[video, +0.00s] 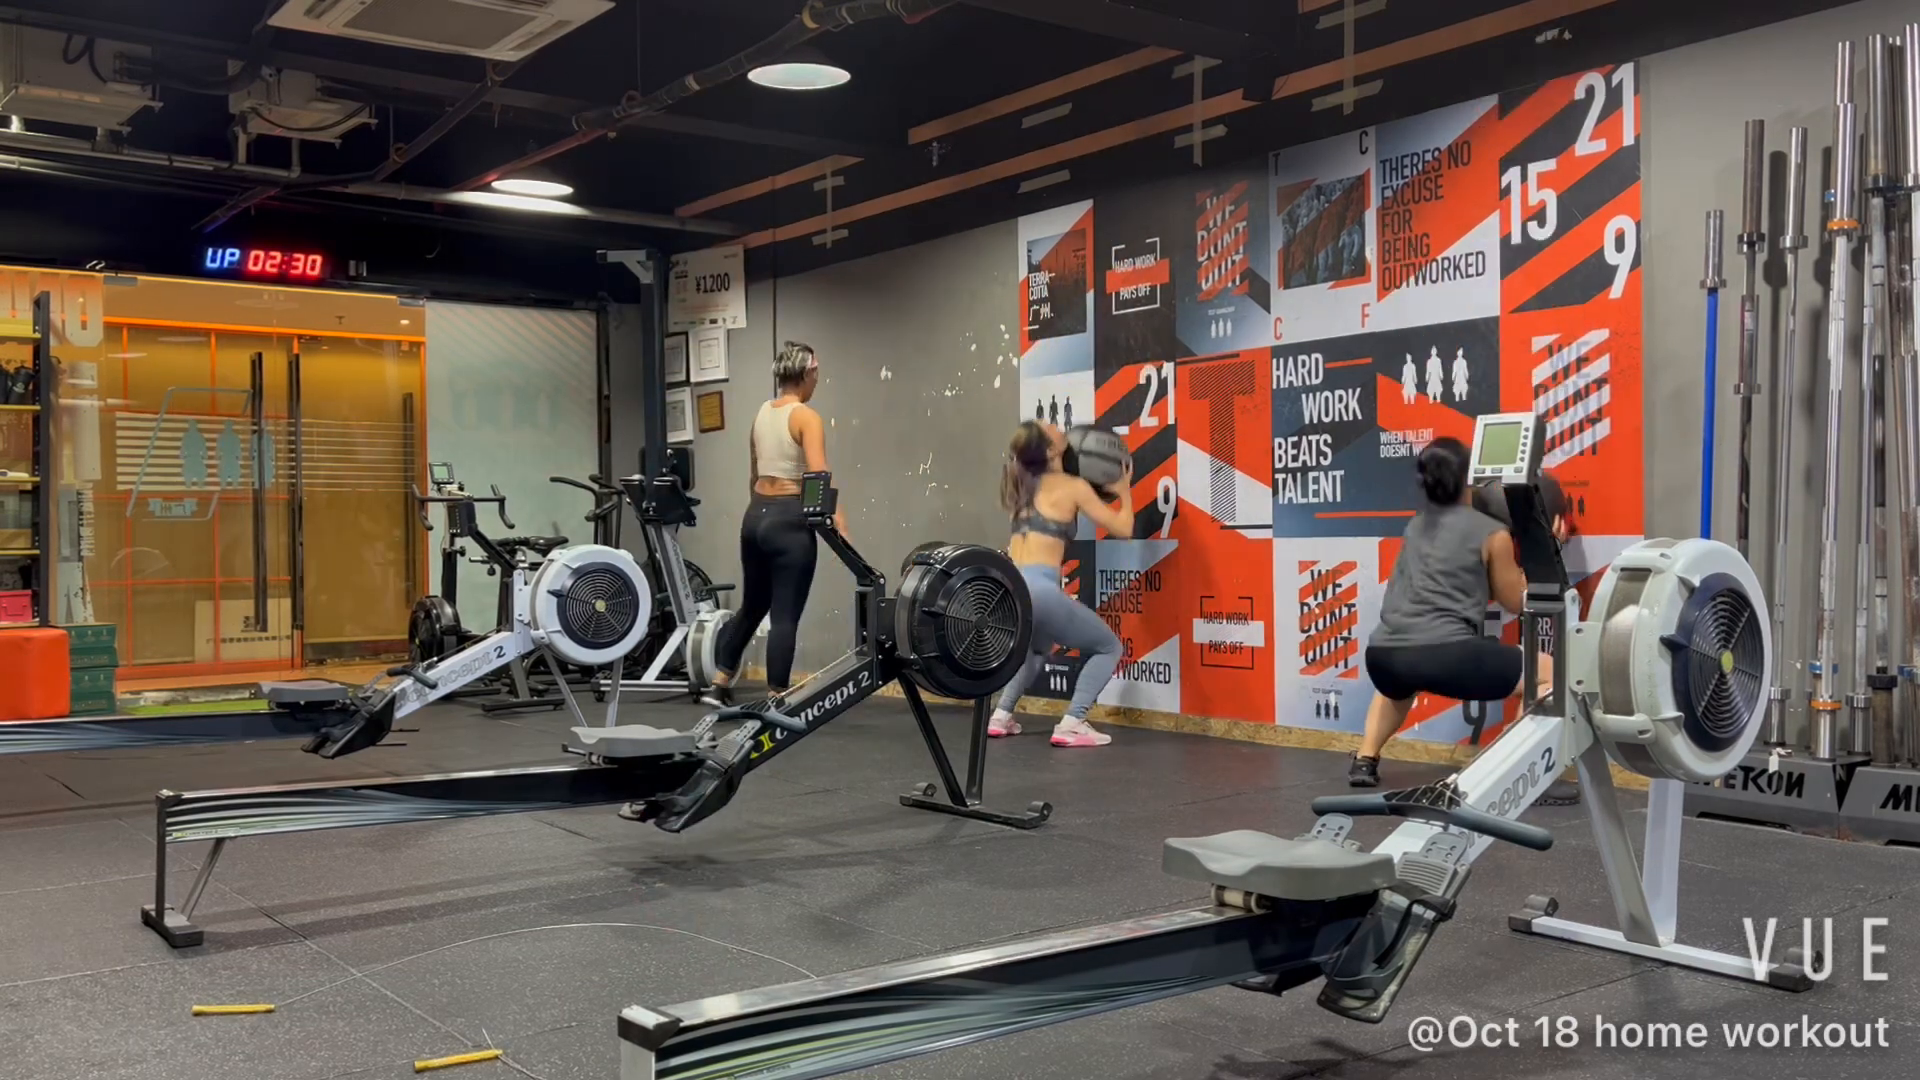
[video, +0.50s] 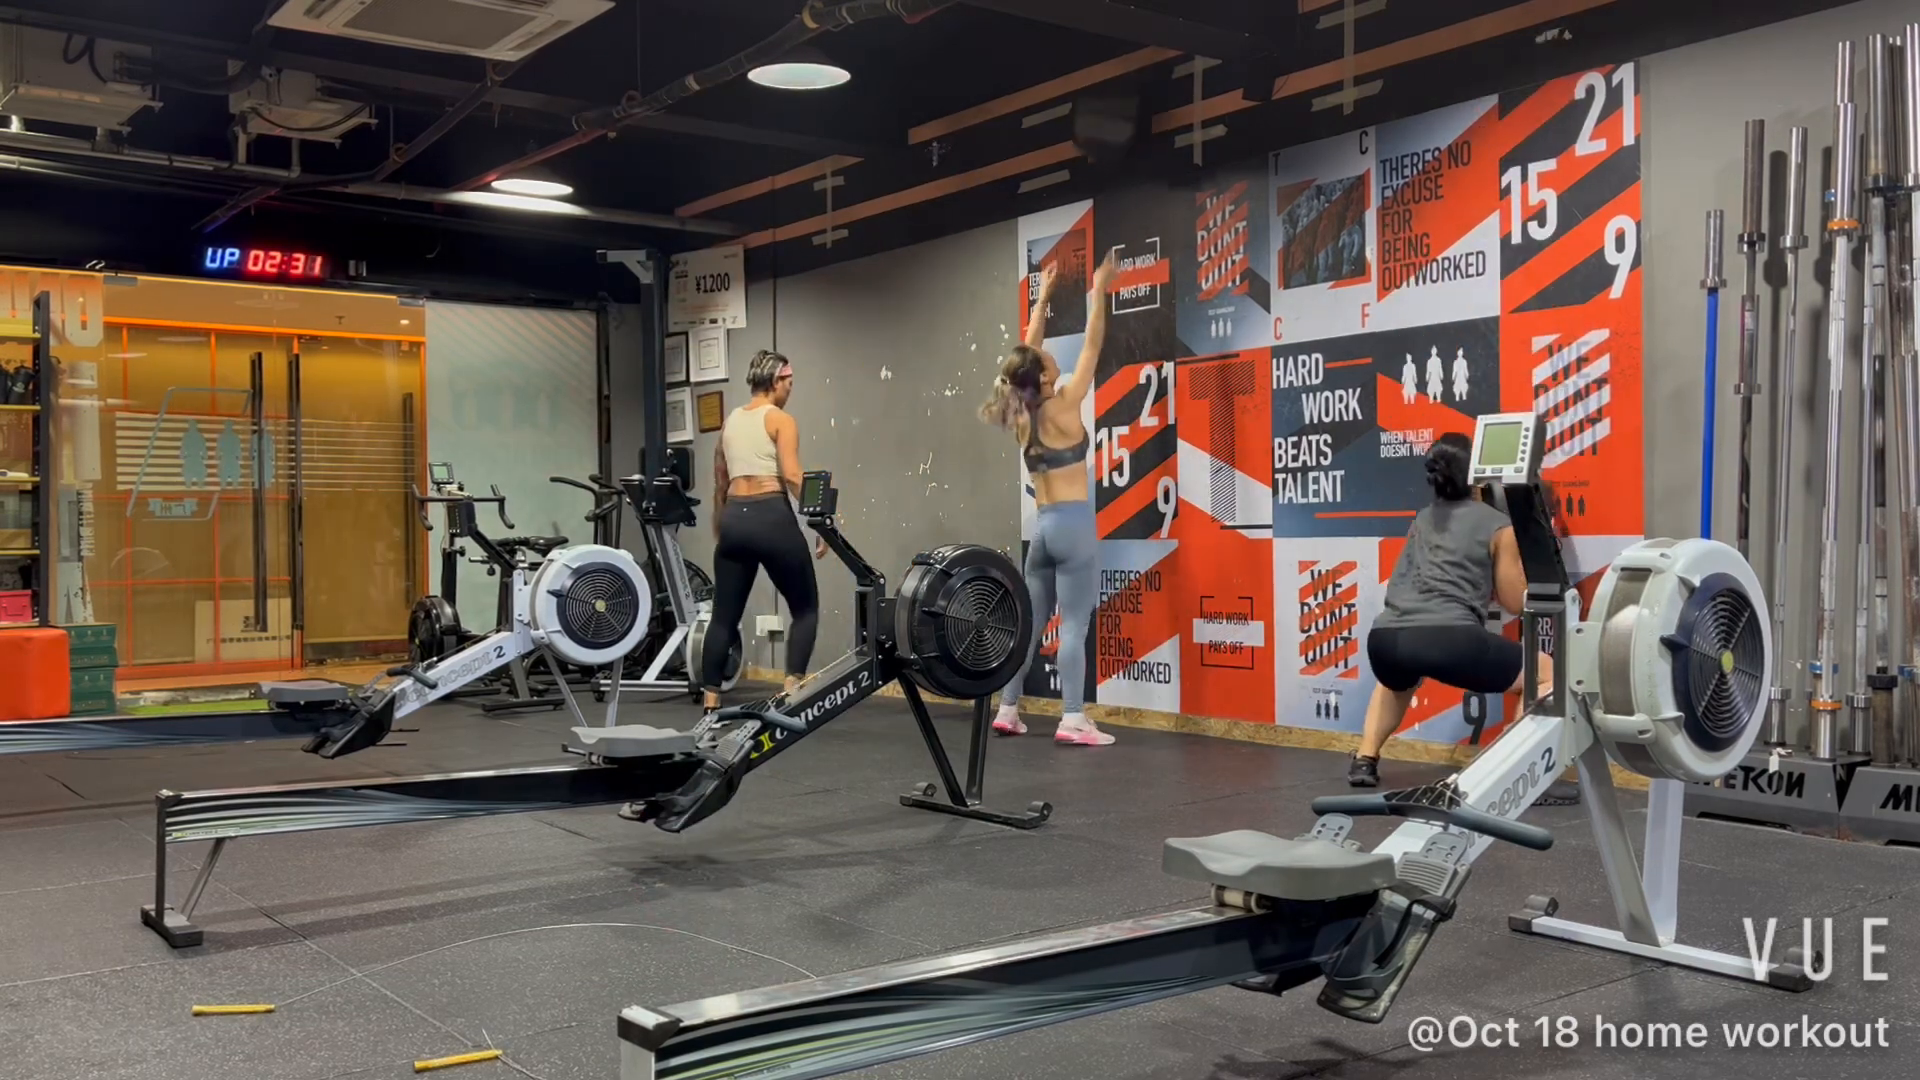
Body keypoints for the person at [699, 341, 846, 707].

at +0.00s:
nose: (817, 379)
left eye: (816, 372)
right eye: (815, 373)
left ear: (782, 375)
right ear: (807, 375)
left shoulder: (762, 415)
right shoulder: (806, 417)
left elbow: (755, 476)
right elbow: (819, 476)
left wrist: (763, 507)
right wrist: (838, 520)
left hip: (757, 513)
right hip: (790, 516)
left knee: (753, 606)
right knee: (785, 616)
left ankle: (720, 685)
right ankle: (777, 698)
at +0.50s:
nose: (790, 387)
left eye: (790, 380)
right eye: (788, 380)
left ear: (754, 382)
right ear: (775, 381)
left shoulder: (731, 423)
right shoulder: (781, 420)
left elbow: (722, 482)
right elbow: (792, 476)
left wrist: (721, 528)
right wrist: (823, 520)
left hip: (733, 517)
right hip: (773, 517)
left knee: (723, 618)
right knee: (805, 609)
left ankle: (710, 705)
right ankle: (792, 688)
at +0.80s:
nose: (834, 404)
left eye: (835, 396)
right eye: (832, 396)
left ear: (798, 396)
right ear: (818, 396)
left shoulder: (768, 425)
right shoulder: (821, 432)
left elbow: (730, 473)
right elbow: (834, 490)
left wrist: (705, 518)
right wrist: (858, 546)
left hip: (751, 523)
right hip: (794, 526)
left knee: (732, 618)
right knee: (821, 618)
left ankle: (710, 705)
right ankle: (849, 703)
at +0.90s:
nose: (864, 419)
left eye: (864, 412)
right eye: (862, 412)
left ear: (829, 409)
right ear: (850, 410)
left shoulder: (794, 434)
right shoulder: (845, 443)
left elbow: (751, 474)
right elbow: (858, 502)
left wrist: (724, 516)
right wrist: (884, 558)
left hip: (760, 522)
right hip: (801, 526)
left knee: (740, 619)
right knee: (831, 618)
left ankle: (713, 702)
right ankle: (849, 704)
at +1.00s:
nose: (889, 448)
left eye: (890, 441)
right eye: (888, 441)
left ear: (854, 432)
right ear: (876, 436)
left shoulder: (816, 447)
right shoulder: (865, 462)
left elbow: (770, 477)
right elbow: (883, 522)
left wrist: (742, 518)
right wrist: (909, 568)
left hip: (765, 524)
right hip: (807, 528)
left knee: (749, 619)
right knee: (834, 619)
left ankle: (719, 697)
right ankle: (850, 705)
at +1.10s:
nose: (904, 478)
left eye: (906, 472)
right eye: (905, 471)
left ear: (875, 459)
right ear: (896, 466)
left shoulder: (839, 465)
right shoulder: (879, 485)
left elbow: (783, 484)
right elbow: (901, 545)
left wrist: (750, 521)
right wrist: (930, 584)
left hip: (768, 522)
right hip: (807, 526)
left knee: (755, 615)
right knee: (837, 618)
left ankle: (727, 698)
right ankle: (851, 704)